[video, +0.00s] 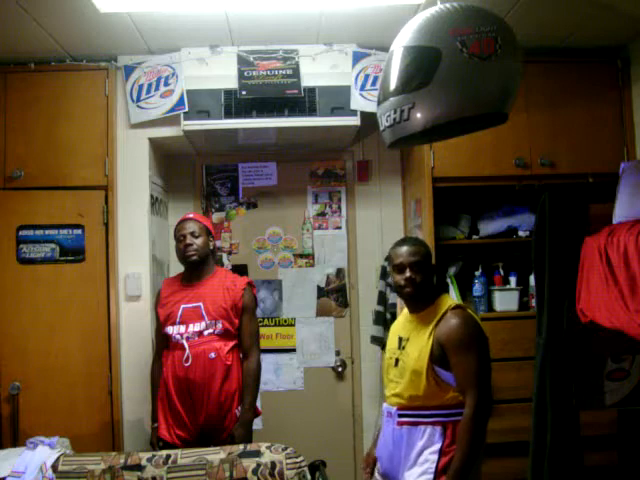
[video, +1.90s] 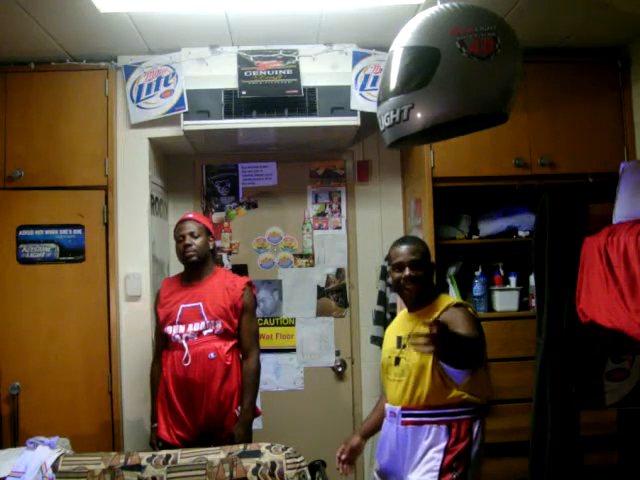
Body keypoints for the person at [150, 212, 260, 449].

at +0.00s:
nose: (187, 241)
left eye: (195, 235)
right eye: (180, 238)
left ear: (211, 242)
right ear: (176, 248)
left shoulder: (237, 288)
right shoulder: (167, 290)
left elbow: (251, 355)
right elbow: (160, 355)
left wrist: (246, 417)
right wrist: (157, 419)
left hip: (225, 416)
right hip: (176, 416)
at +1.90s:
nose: (187, 242)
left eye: (194, 236)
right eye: (180, 238)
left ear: (211, 242)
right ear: (176, 247)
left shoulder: (237, 288)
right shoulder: (167, 290)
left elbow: (251, 355)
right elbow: (160, 355)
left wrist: (245, 418)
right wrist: (157, 420)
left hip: (225, 416)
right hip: (176, 417)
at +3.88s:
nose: (190, 238)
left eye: (192, 232)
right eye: (179, 235)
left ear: (199, 238)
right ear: (165, 248)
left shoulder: (227, 285)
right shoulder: (154, 295)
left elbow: (244, 349)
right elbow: (152, 358)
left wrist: (234, 411)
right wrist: (156, 422)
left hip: (223, 416)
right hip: (175, 420)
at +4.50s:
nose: (183, 257)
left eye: (191, 251)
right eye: (177, 251)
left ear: (205, 256)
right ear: (170, 258)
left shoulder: (230, 298)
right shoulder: (154, 304)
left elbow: (262, 353)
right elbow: (139, 360)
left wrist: (231, 388)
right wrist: (146, 393)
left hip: (227, 419)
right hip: (177, 422)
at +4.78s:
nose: (187, 254)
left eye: (195, 248)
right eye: (180, 249)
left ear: (208, 254)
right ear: (173, 257)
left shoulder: (231, 297)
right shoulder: (157, 299)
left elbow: (248, 359)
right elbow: (148, 358)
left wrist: (233, 413)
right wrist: (163, 405)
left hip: (229, 421)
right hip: (180, 421)